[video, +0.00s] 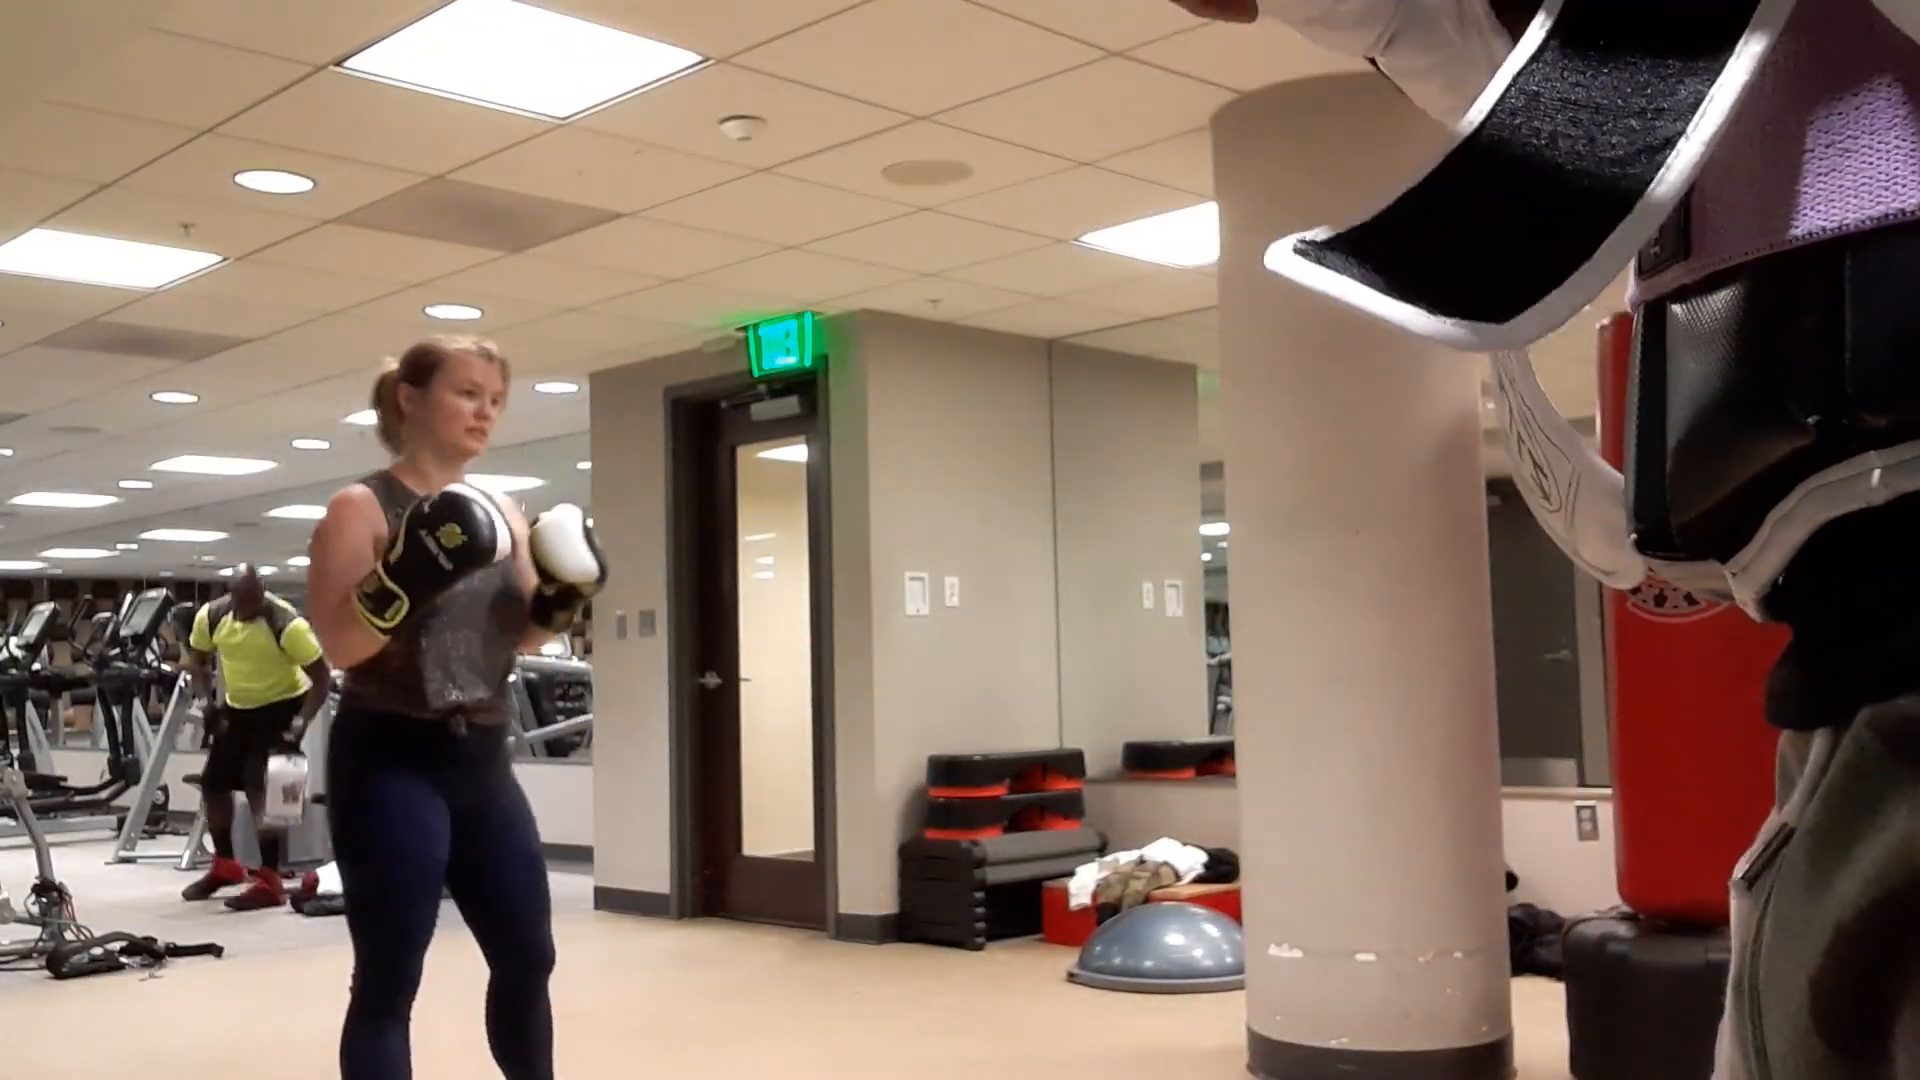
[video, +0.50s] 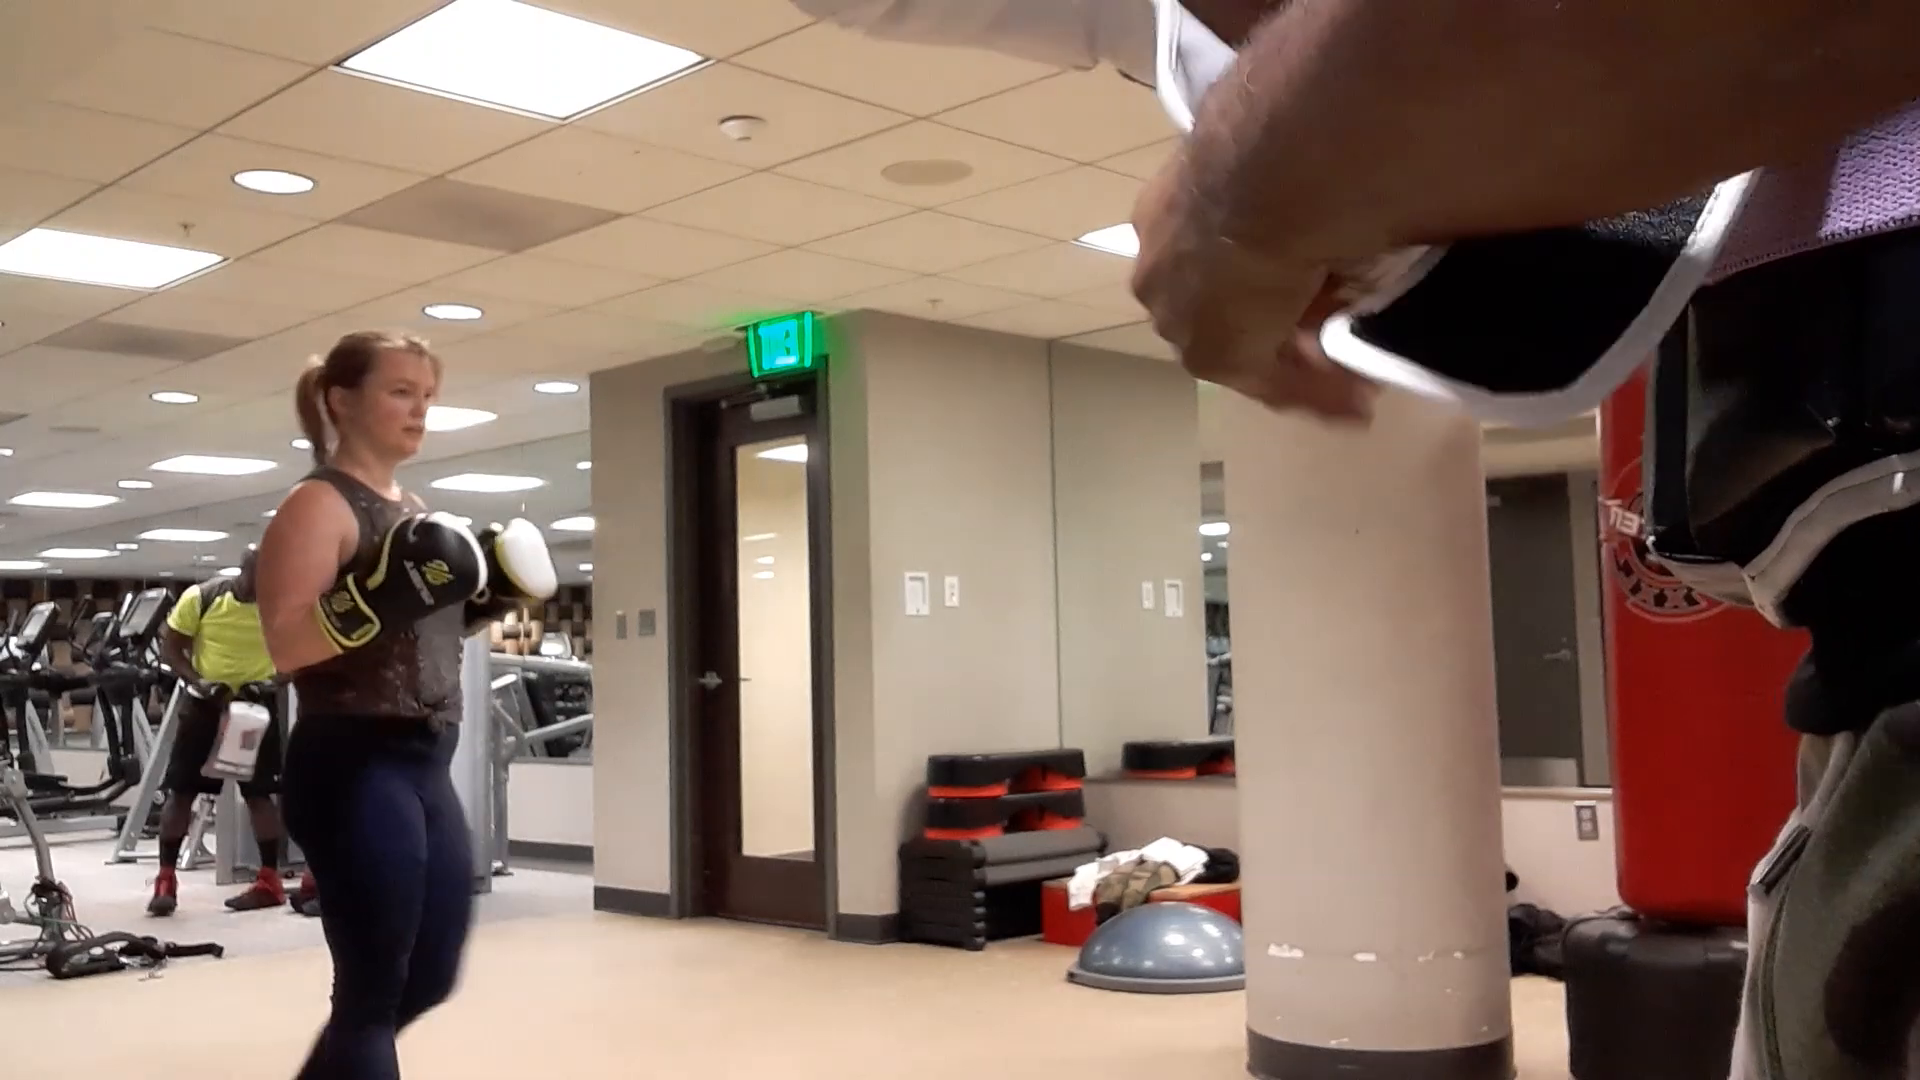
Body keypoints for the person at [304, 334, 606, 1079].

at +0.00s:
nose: (484, 413)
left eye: (493, 403)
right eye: (466, 395)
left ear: (499, 415)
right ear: (410, 399)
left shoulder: (499, 513)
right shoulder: (359, 509)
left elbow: (520, 635)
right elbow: (338, 647)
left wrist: (560, 598)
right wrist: (405, 579)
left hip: (479, 761)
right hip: (386, 760)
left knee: (526, 959)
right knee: (387, 981)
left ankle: (532, 1078)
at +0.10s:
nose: (473, 411)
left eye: (482, 400)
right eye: (455, 393)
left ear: (486, 413)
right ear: (398, 399)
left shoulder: (469, 516)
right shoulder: (351, 506)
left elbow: (485, 645)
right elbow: (320, 645)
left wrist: (537, 604)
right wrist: (399, 586)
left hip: (461, 762)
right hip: (374, 762)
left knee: (527, 949)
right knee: (381, 986)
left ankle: (511, 1078)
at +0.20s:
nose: (462, 411)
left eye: (470, 399)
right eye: (444, 393)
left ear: (475, 410)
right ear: (386, 400)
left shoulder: (450, 509)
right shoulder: (347, 505)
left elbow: (456, 643)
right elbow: (306, 643)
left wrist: (523, 602)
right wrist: (396, 595)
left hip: (448, 765)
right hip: (365, 769)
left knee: (523, 948)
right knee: (375, 991)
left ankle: (470, 1072)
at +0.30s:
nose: (450, 410)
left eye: (457, 398)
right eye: (431, 393)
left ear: (461, 408)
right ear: (373, 400)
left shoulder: (437, 507)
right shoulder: (340, 504)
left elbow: (434, 625)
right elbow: (300, 644)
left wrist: (509, 598)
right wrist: (396, 598)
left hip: (438, 762)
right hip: (358, 767)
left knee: (508, 951)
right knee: (373, 993)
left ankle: (407, 1070)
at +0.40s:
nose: (436, 411)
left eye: (443, 398)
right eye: (418, 393)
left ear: (445, 408)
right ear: (356, 399)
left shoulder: (421, 505)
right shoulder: (327, 506)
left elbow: (428, 629)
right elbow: (293, 648)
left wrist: (501, 596)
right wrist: (394, 596)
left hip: (429, 761)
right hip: (354, 766)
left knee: (477, 960)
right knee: (371, 997)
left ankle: (361, 1053)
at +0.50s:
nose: (419, 412)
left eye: (427, 399)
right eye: (400, 394)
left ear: (430, 408)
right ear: (340, 401)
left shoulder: (409, 509)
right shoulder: (314, 507)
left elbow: (424, 634)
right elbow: (285, 647)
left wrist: (486, 598)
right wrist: (389, 596)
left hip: (424, 761)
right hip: (350, 764)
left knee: (427, 979)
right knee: (372, 991)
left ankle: (322, 1065)